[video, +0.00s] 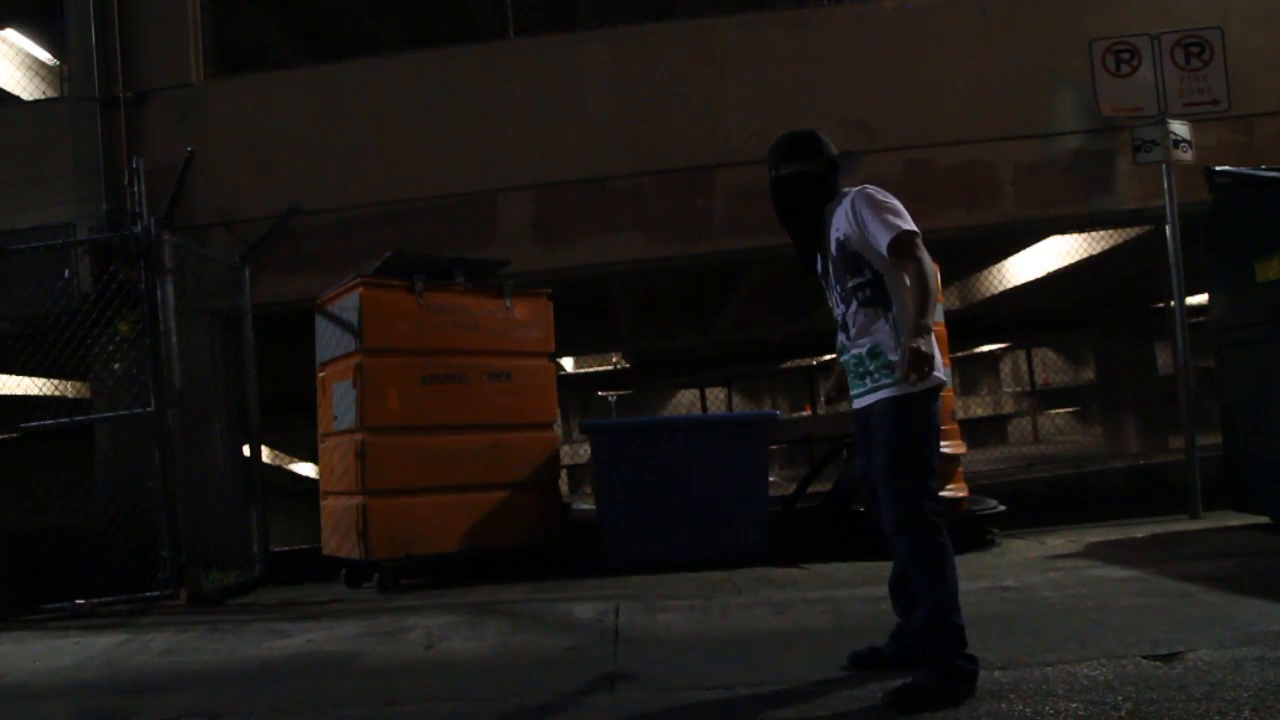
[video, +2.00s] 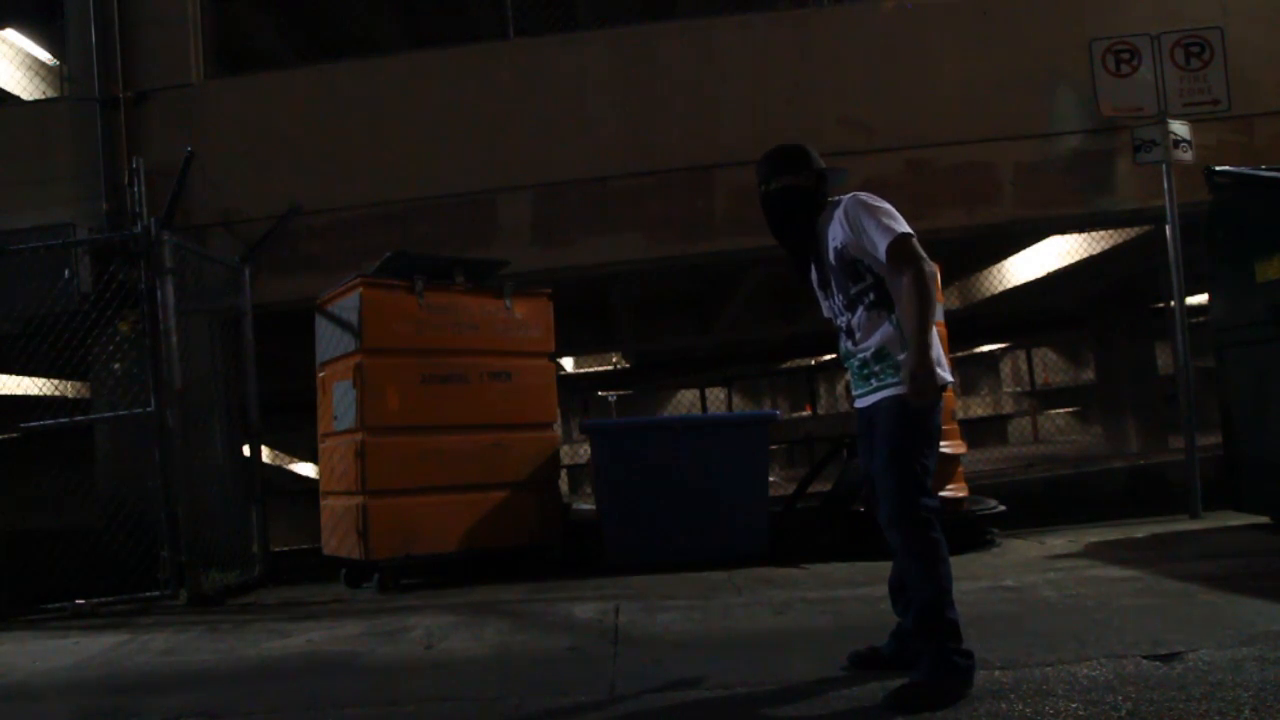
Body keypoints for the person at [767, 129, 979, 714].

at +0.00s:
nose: (782, 193)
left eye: (790, 178)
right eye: (778, 182)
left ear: (817, 171)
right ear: (790, 182)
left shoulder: (861, 203)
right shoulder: (828, 233)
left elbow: (918, 267)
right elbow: (865, 310)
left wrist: (916, 336)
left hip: (904, 392)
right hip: (875, 398)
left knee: (916, 522)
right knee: (897, 522)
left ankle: (948, 661)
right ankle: (914, 638)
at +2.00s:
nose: (770, 209)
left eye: (776, 194)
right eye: (766, 197)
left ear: (806, 185)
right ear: (783, 196)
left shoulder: (855, 210)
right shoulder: (821, 257)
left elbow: (918, 271)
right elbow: (858, 330)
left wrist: (920, 363)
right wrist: (865, 394)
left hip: (906, 393)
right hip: (875, 402)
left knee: (912, 518)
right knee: (896, 519)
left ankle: (945, 660)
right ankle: (914, 639)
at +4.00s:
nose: (774, 208)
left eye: (779, 194)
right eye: (770, 197)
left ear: (806, 185)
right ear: (786, 195)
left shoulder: (858, 213)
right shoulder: (820, 258)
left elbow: (915, 276)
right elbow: (849, 337)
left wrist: (916, 373)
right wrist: (852, 399)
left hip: (908, 393)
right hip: (874, 403)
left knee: (911, 520)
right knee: (894, 521)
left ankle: (946, 661)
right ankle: (913, 638)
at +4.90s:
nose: (712, 221)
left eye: (720, 207)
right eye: (708, 210)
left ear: (747, 202)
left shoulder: (794, 232)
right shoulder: (757, 272)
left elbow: (856, 287)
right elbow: (805, 345)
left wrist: (882, 377)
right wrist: (814, 408)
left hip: (871, 394)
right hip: (843, 402)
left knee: (846, 517)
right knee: (878, 514)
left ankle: (929, 634)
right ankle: (908, 635)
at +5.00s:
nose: (686, 228)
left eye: (694, 214)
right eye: (683, 216)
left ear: (721, 209)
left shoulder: (769, 240)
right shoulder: (733, 276)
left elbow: (840, 296)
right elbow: (782, 349)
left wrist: (886, 373)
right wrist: (791, 412)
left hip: (852, 400)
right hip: (822, 409)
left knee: (811, 522)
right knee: (870, 516)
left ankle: (910, 630)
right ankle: (914, 633)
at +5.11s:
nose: (653, 241)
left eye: (660, 228)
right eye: (652, 229)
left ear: (684, 225)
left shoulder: (735, 255)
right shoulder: (700, 291)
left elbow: (801, 320)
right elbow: (748, 363)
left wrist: (858, 391)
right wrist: (756, 423)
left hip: (825, 415)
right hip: (797, 422)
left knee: (762, 530)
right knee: (846, 527)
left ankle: (841, 640)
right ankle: (918, 634)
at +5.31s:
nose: (555, 256)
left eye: (559, 245)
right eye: (556, 248)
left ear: (576, 240)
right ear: (609, 234)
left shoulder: (615, 269)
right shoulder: (622, 275)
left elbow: (573, 303)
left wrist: (497, 298)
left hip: (728, 429)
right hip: (737, 424)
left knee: (670, 557)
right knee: (770, 539)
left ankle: (741, 675)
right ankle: (888, 611)